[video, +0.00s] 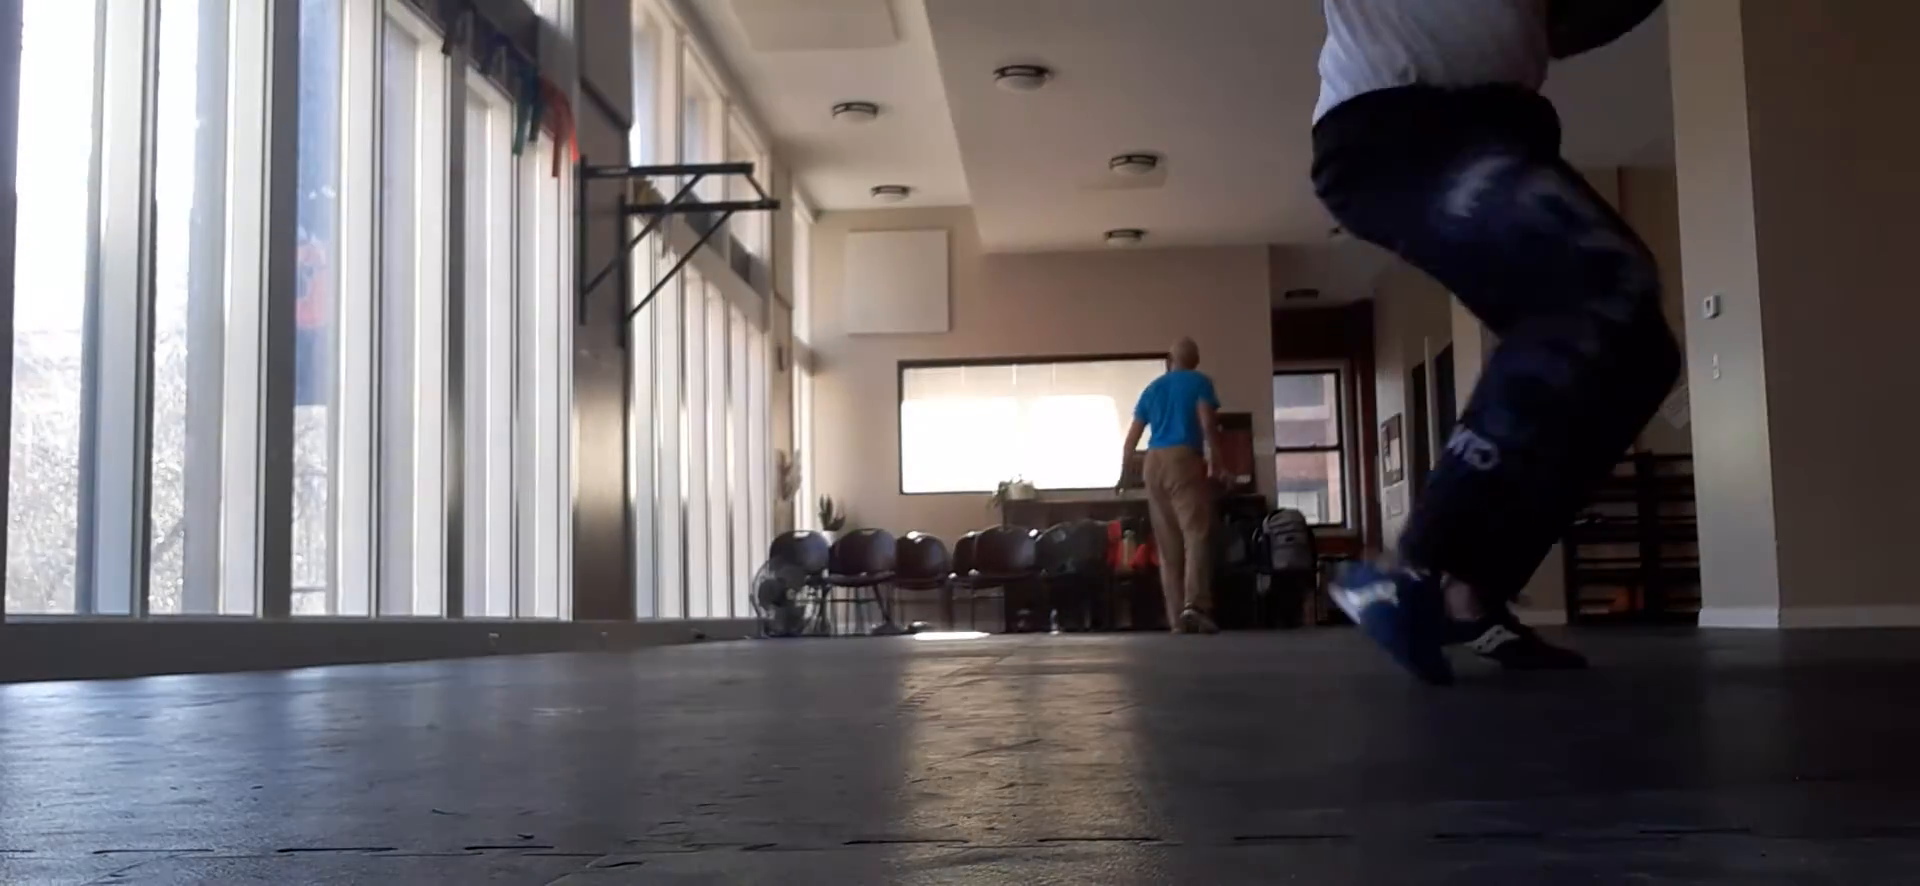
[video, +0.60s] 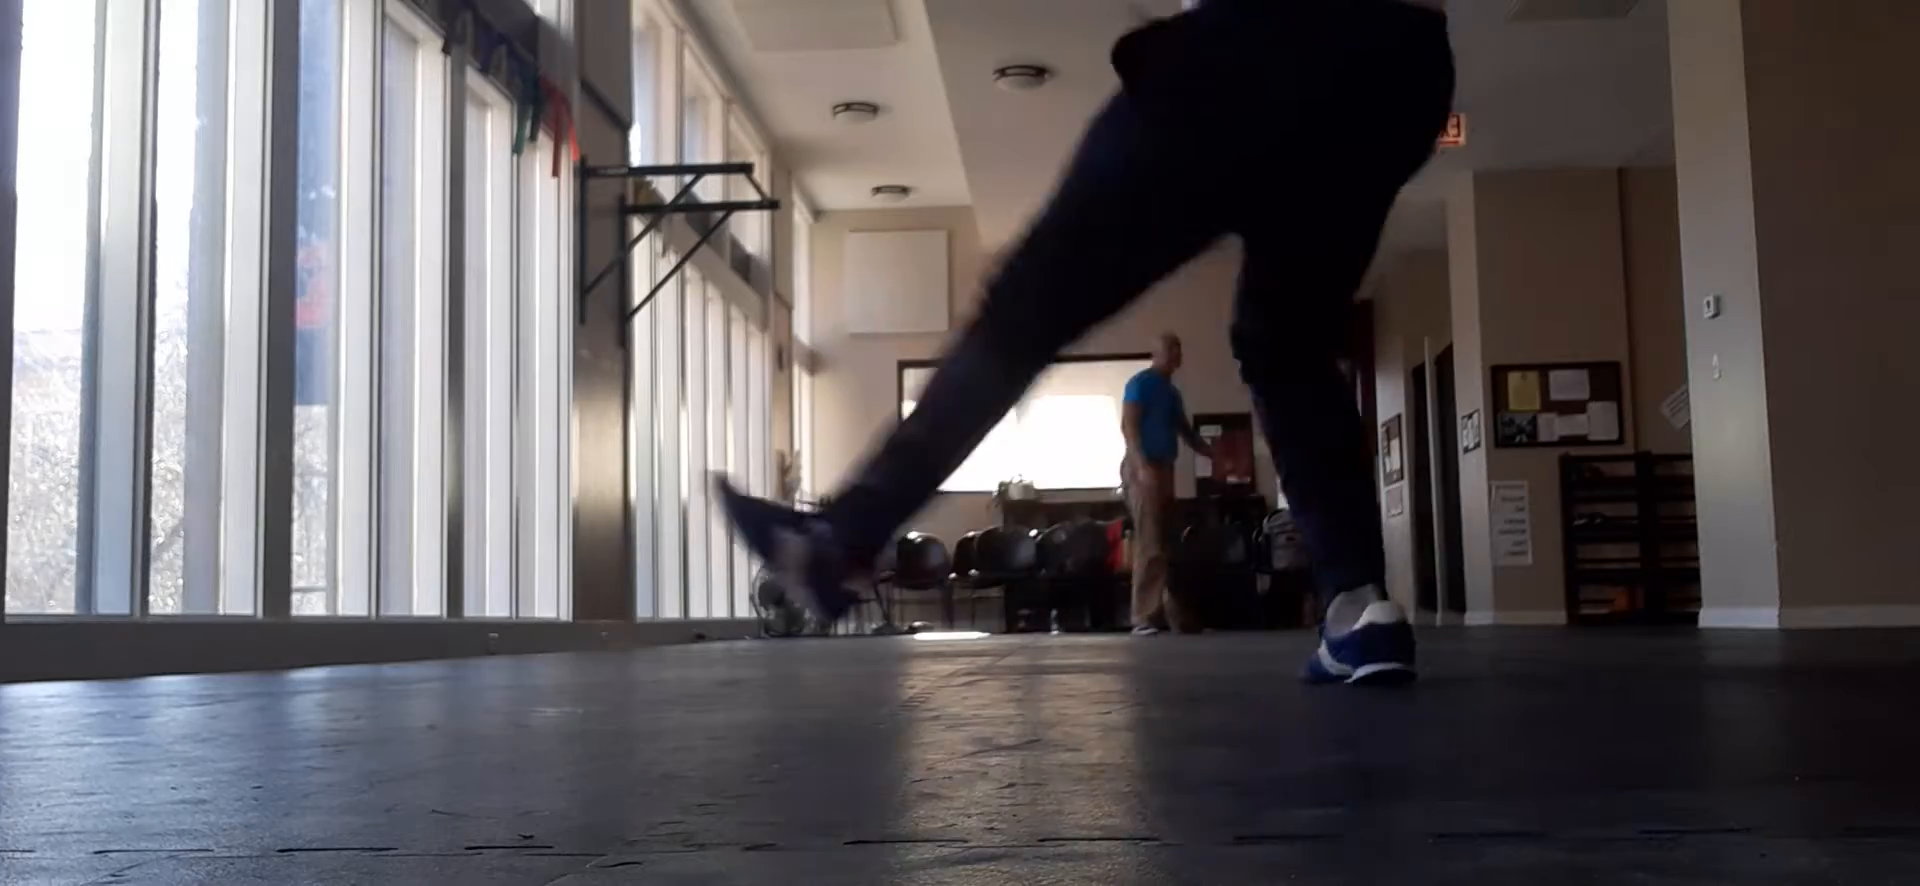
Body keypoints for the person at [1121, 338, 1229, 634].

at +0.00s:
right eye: (1193, 358)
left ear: (1171, 360)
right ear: (1196, 361)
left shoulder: (1153, 387)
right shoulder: (1200, 381)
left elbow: (1132, 437)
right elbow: (1207, 421)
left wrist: (1125, 473)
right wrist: (1217, 462)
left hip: (1153, 458)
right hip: (1184, 456)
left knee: (1167, 540)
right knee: (1194, 533)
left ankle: (1175, 618)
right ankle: (1193, 605)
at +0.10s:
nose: (1201, 370)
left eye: (1200, 364)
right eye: (1201, 365)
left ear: (1177, 361)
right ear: (1199, 364)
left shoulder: (1155, 389)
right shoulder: (1192, 381)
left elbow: (1140, 438)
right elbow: (1196, 423)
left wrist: (1137, 475)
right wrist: (1215, 464)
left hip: (1147, 457)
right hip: (1174, 455)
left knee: (1163, 536)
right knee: (1189, 531)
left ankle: (1172, 610)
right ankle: (1185, 610)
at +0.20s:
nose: (1205, 373)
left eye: (1205, 368)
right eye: (1204, 367)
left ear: (1179, 361)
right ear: (1198, 364)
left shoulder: (1159, 387)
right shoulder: (1184, 380)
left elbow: (1157, 430)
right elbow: (1182, 420)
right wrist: (1205, 460)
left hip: (1146, 455)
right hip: (1167, 455)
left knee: (1161, 534)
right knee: (1182, 529)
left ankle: (1168, 606)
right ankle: (1175, 609)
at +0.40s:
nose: (1198, 360)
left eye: (1198, 355)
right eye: (1194, 354)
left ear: (1183, 357)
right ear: (1177, 355)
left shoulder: (1174, 387)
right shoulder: (1164, 379)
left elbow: (1183, 441)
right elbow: (1155, 421)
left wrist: (1203, 470)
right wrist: (1174, 460)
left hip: (1164, 461)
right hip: (1153, 459)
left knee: (1171, 535)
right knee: (1166, 533)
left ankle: (1172, 614)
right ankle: (1149, 610)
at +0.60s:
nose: (1176, 354)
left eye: (1178, 349)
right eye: (1171, 349)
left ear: (1177, 354)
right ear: (1157, 352)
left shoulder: (1172, 393)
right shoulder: (1140, 384)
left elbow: (1186, 431)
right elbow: (1129, 425)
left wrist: (1211, 452)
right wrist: (1141, 467)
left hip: (1165, 470)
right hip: (1142, 469)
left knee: (1165, 543)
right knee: (1149, 543)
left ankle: (1169, 616)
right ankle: (1143, 618)